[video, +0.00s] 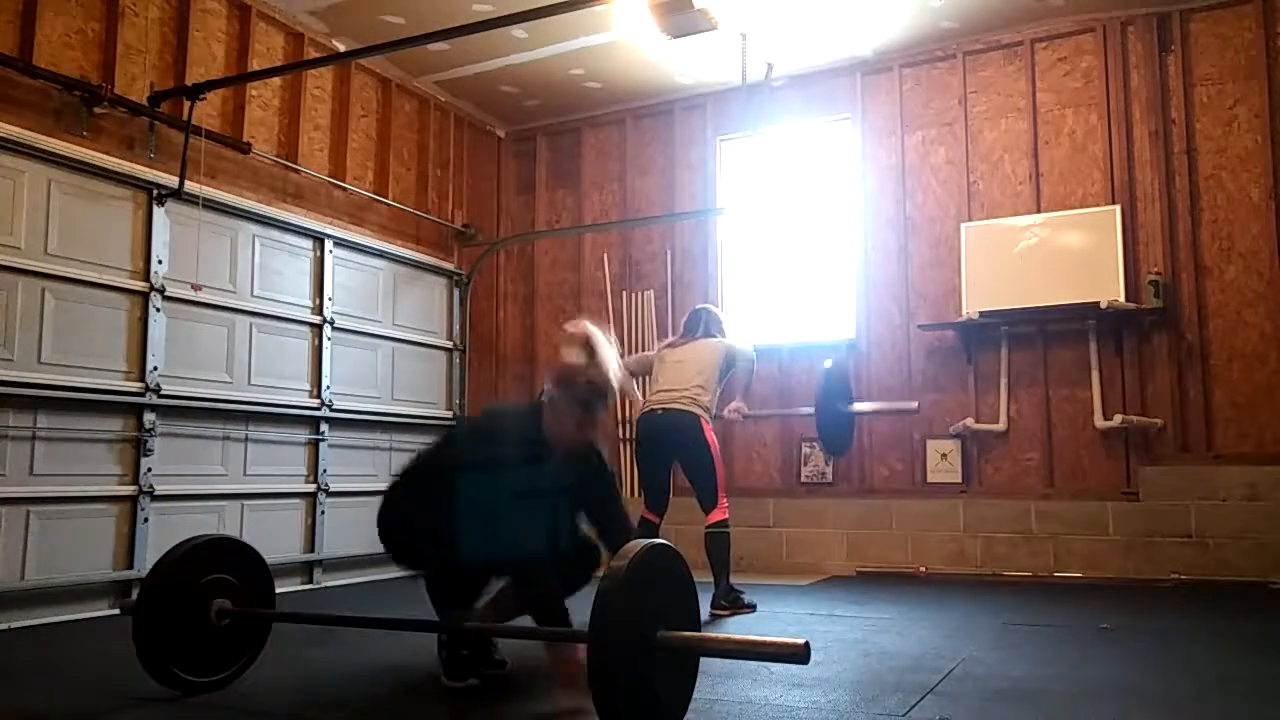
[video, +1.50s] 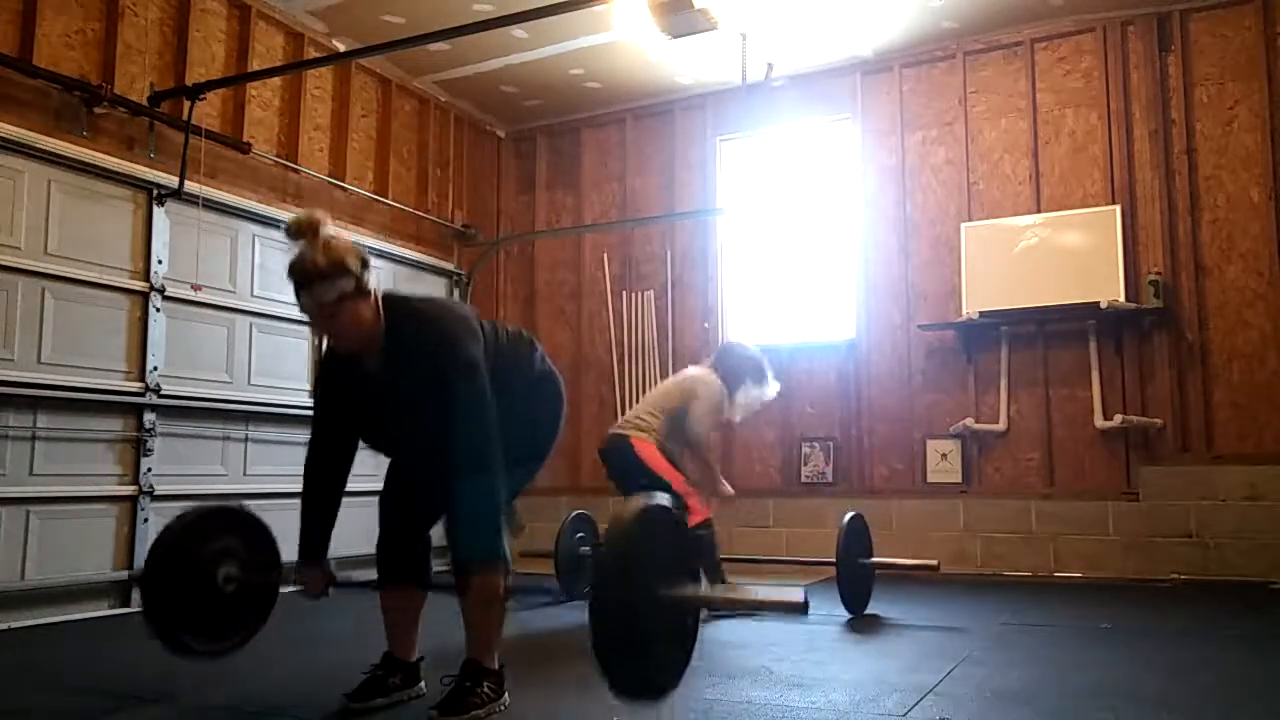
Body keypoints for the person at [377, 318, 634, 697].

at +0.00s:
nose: (591, 421)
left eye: (599, 407)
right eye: (582, 404)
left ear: (606, 408)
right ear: (550, 395)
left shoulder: (584, 463)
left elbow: (625, 545)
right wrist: (568, 665)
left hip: (477, 527)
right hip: (412, 523)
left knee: (578, 555)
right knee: (464, 551)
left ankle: (479, 632)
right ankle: (456, 642)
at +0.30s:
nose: (532, 260)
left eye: (540, 248)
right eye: (521, 248)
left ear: (551, 250)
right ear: (498, 248)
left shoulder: (560, 318)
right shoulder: (447, 299)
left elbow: (570, 402)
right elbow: (406, 378)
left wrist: (561, 480)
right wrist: (414, 450)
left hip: (503, 447)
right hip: (432, 443)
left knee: (526, 543)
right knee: (431, 550)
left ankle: (476, 630)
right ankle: (456, 642)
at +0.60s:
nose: (443, 183)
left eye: (453, 169)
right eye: (430, 172)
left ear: (470, 164)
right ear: (411, 171)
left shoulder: (519, 243)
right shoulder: (396, 236)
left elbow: (540, 340)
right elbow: (354, 304)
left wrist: (530, 419)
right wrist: (334, 370)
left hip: (497, 410)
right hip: (422, 404)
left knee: (488, 534)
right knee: (413, 527)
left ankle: (484, 636)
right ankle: (400, 655)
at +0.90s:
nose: (374, 237)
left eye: (383, 219)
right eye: (358, 227)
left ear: (403, 205)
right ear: (340, 225)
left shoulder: (458, 257)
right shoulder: (347, 289)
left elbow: (488, 364)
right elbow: (338, 381)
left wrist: (503, 458)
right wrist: (329, 463)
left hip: (489, 399)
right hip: (418, 406)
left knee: (486, 518)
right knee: (411, 525)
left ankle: (502, 654)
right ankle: (403, 662)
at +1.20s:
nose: (320, 374)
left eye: (331, 358)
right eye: (309, 363)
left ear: (365, 344)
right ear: (299, 358)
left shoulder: (437, 375)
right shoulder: (325, 410)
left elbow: (469, 505)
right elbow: (314, 505)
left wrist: (475, 598)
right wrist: (302, 599)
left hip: (521, 431)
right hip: (439, 446)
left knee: (468, 528)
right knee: (385, 514)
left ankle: (483, 675)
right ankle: (400, 665)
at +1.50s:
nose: (322, 324)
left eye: (332, 308)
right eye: (312, 313)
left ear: (366, 298)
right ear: (305, 312)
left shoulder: (442, 335)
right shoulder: (339, 369)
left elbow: (478, 464)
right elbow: (326, 463)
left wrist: (483, 563)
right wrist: (313, 555)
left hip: (518, 405)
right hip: (435, 429)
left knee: (474, 528)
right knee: (400, 521)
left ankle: (484, 673)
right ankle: (401, 665)